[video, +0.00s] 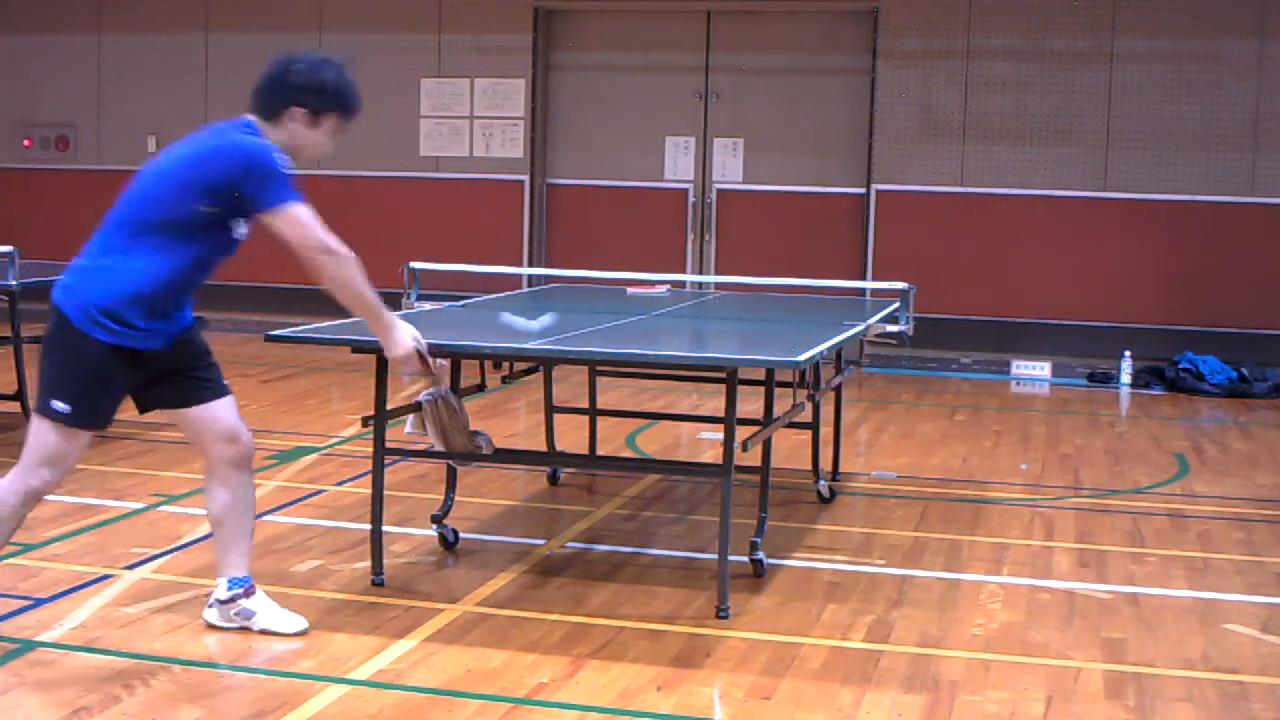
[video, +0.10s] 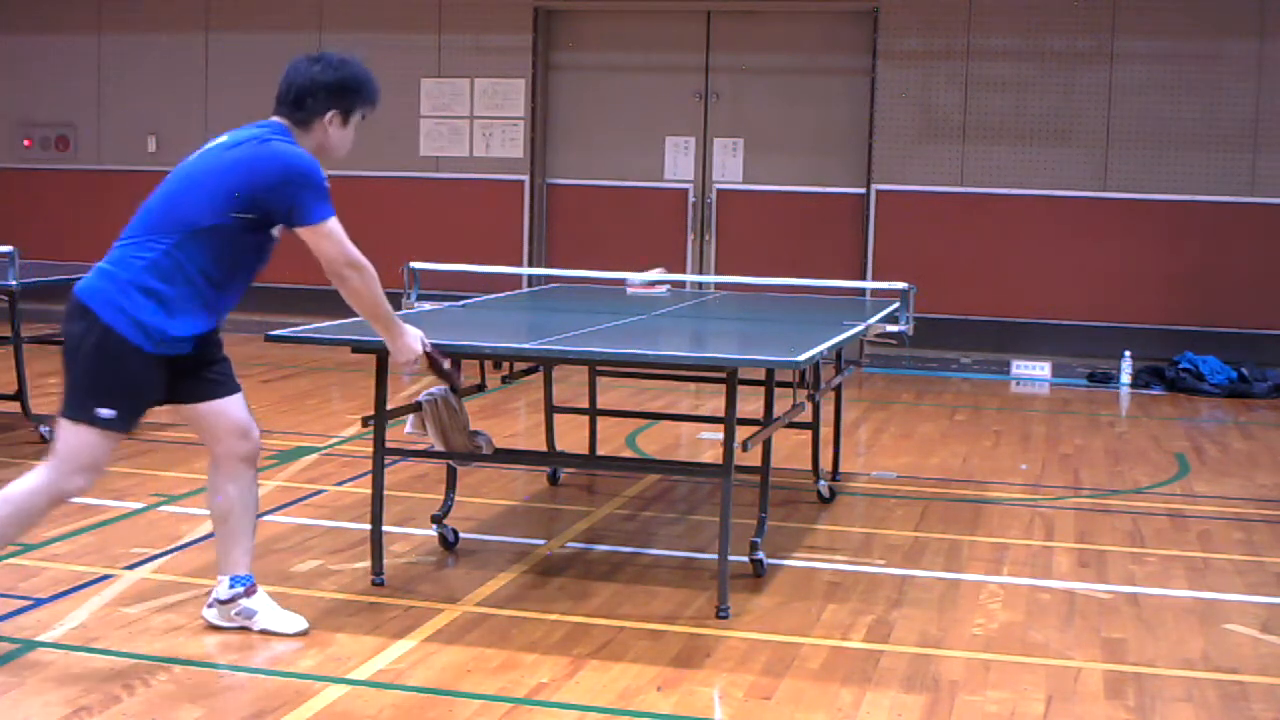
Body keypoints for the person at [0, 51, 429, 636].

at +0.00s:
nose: (331, 143)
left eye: (335, 131)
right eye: (329, 129)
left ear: (290, 113)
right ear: (298, 115)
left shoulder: (241, 145)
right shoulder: (250, 154)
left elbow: (320, 246)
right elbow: (320, 250)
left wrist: (385, 324)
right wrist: (388, 328)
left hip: (165, 323)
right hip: (95, 319)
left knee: (231, 448)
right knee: (37, 473)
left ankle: (233, 592)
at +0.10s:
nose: (353, 139)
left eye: (357, 124)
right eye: (355, 124)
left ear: (303, 110)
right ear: (330, 119)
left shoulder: (257, 144)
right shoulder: (289, 162)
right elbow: (346, 266)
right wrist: (396, 334)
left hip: (185, 326)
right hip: (118, 318)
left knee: (237, 444)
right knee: (68, 473)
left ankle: (233, 591)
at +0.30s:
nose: (348, 95)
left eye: (349, 82)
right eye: (348, 82)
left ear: (285, 71)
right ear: (326, 79)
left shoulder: (240, 116)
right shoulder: (293, 135)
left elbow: (147, 179)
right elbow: (332, 251)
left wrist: (147, 272)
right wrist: (380, 330)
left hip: (195, 315)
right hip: (140, 308)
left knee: (233, 445)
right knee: (139, 477)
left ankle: (235, 590)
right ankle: (16, 591)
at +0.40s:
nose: (329, 73)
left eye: (330, 59)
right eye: (328, 59)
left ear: (263, 54)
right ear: (305, 58)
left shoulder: (223, 104)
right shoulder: (269, 118)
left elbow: (136, 171)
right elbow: (305, 236)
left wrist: (164, 258)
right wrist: (357, 327)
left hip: (194, 312)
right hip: (142, 308)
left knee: (228, 447)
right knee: (156, 474)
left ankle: (235, 591)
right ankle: (70, 627)